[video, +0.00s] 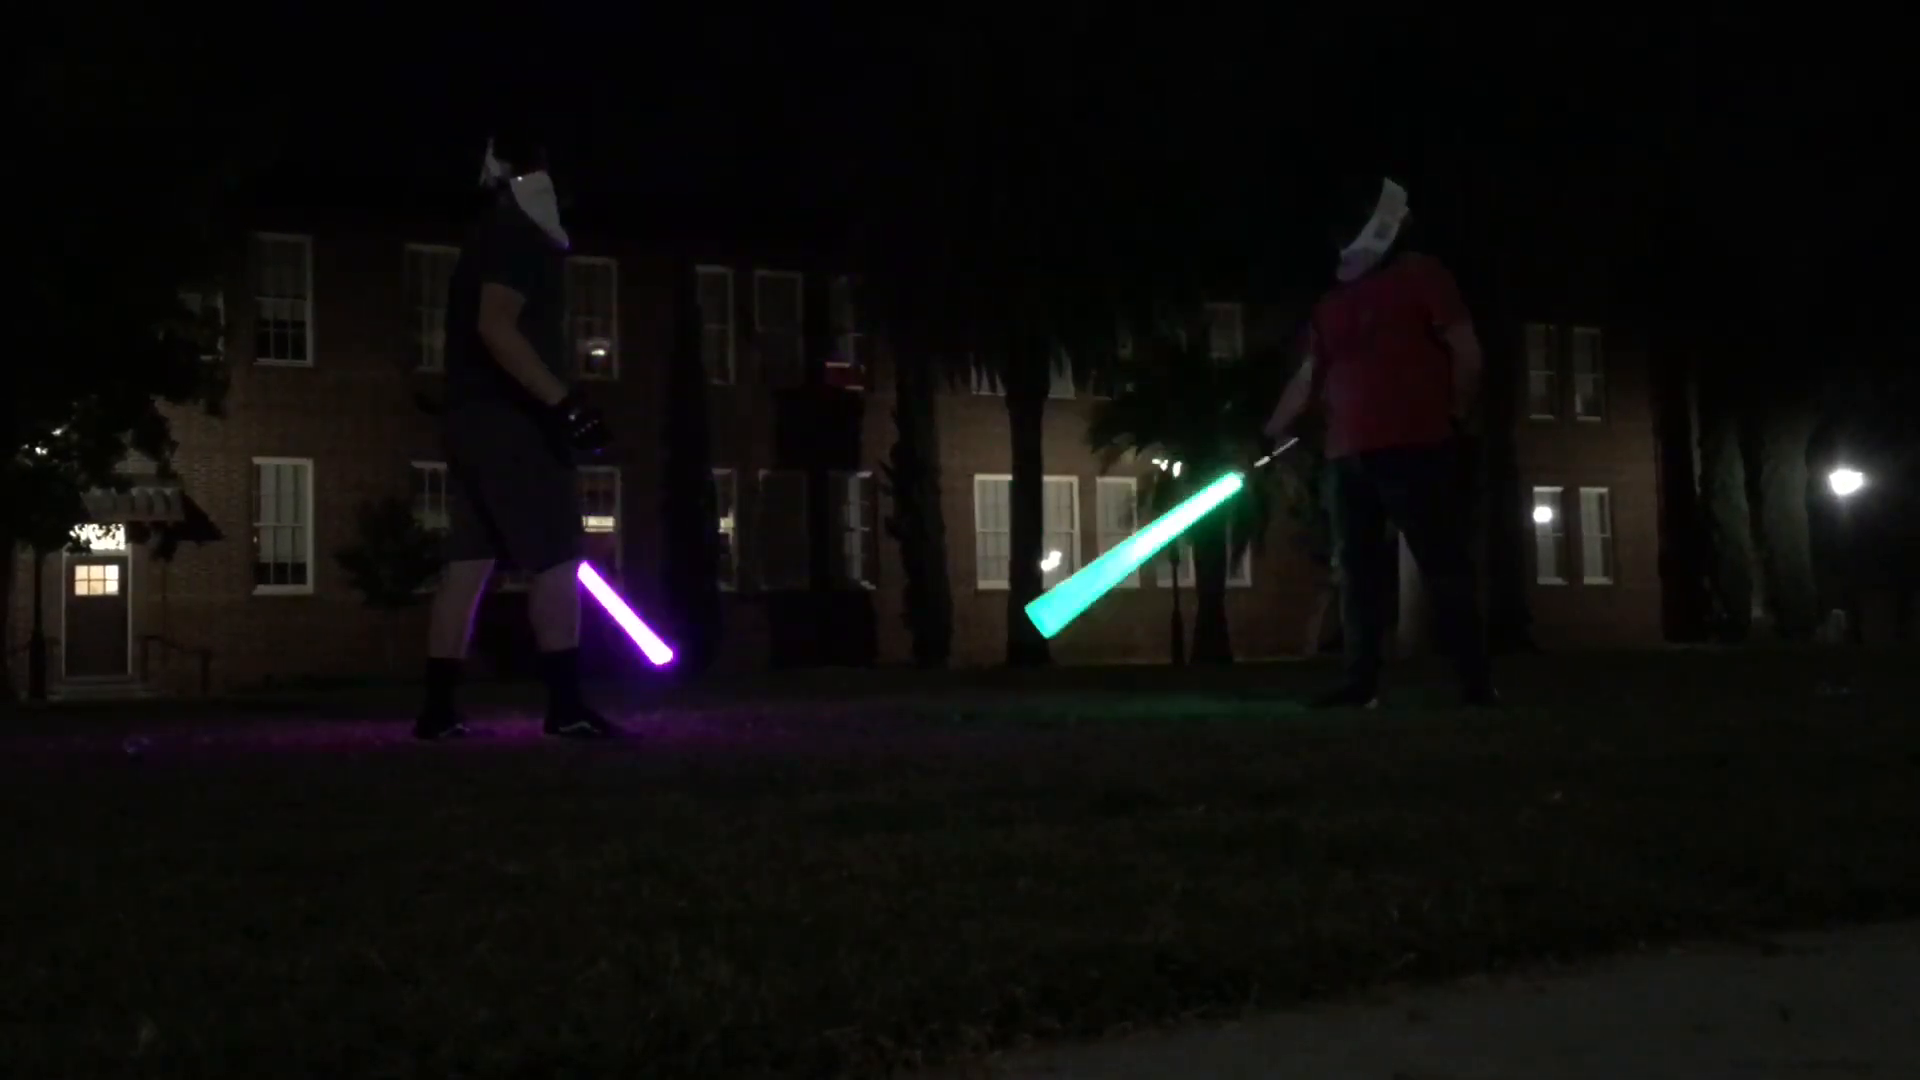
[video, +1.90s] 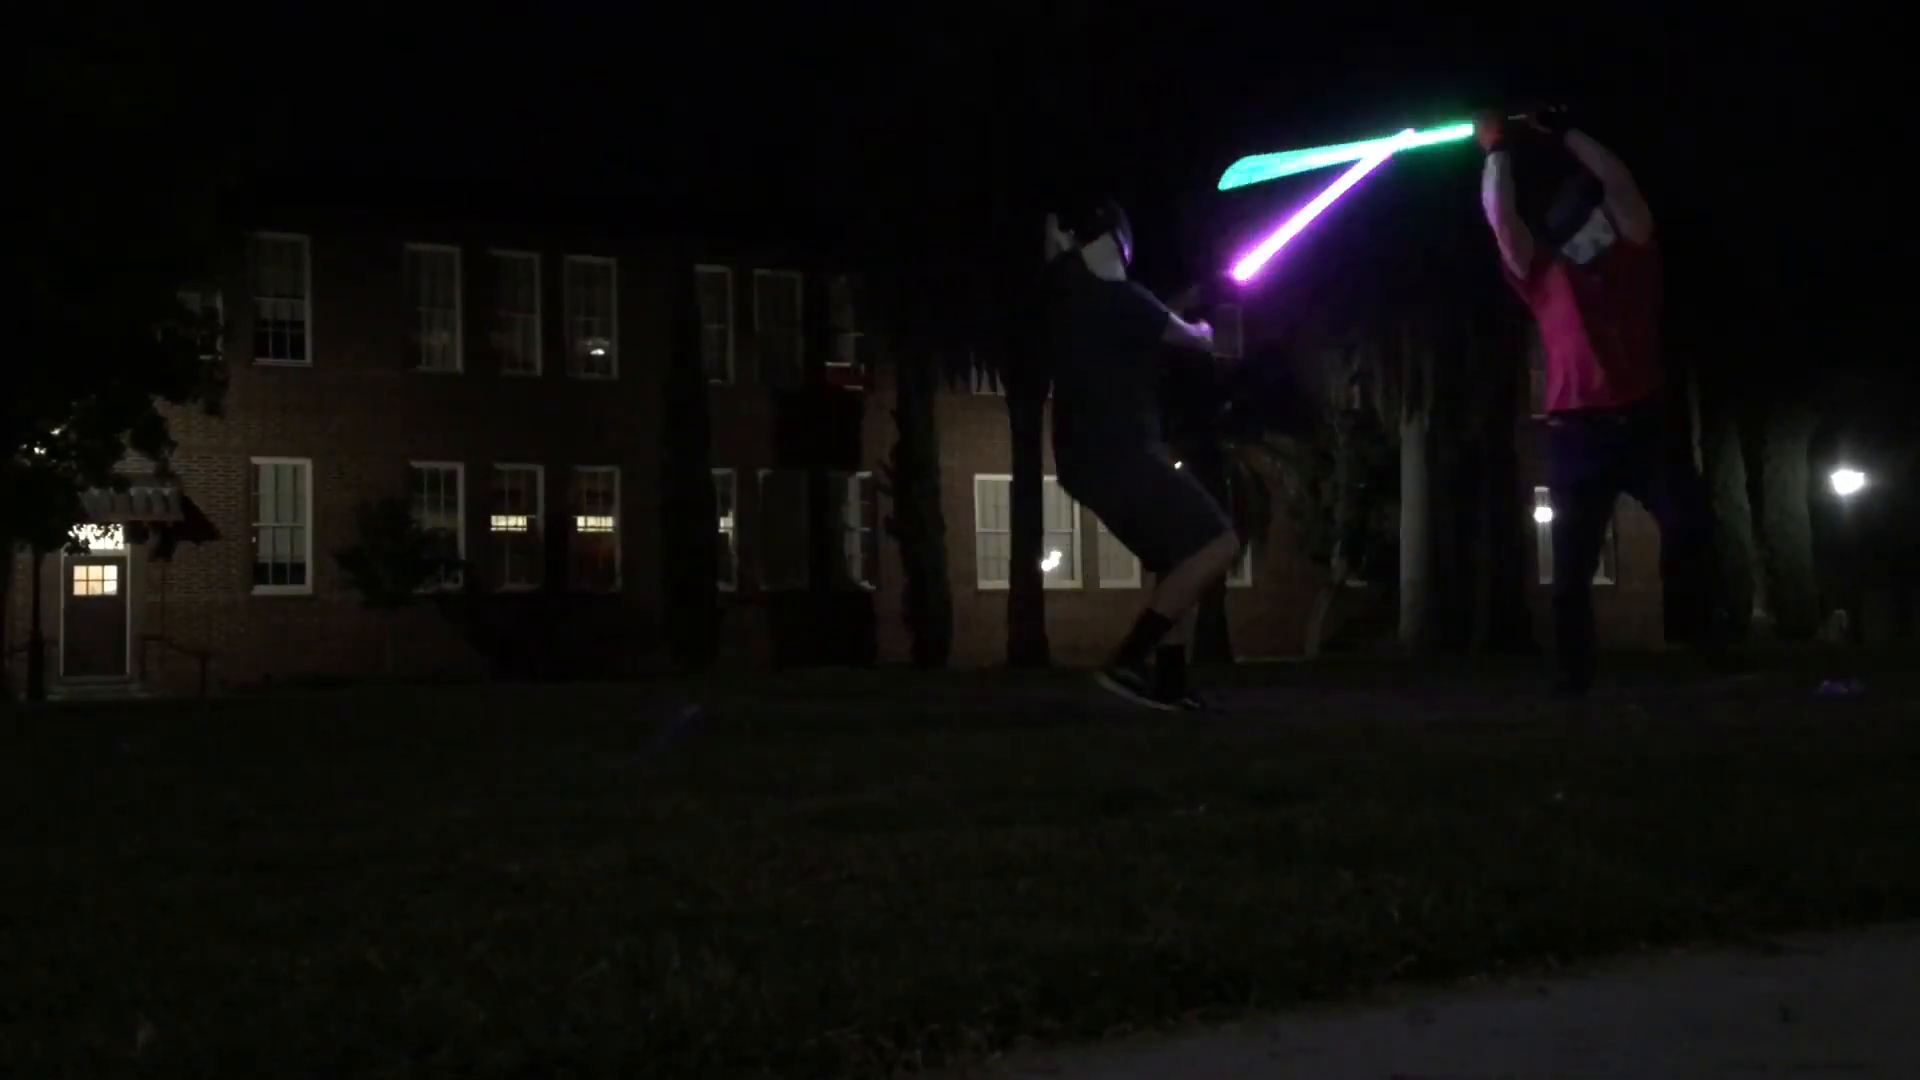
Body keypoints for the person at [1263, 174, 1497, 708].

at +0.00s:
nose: (1353, 240)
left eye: (1363, 228)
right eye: (1351, 229)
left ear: (1384, 228)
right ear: (1351, 233)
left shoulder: (1419, 276)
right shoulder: (1337, 300)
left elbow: (1466, 352)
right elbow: (1308, 377)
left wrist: (1456, 411)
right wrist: (1273, 430)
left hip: (1421, 448)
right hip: (1353, 457)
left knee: (1444, 568)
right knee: (1361, 572)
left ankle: (1470, 678)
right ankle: (1359, 679)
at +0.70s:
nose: (1374, 236)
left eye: (1386, 223)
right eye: (1371, 225)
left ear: (1413, 225)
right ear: (1369, 230)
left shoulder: (1438, 278)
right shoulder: (1372, 296)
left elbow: (1429, 352)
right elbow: (1359, 363)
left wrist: (1362, 397)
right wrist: (1329, 386)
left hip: (1439, 453)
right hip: (1380, 455)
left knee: (1451, 569)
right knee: (1366, 567)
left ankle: (1472, 679)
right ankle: (1359, 679)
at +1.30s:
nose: (1368, 262)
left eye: (1382, 252)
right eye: (1366, 250)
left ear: (1407, 260)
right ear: (1360, 258)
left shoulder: (1425, 312)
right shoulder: (1350, 329)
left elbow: (1372, 372)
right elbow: (1316, 393)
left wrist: (1303, 415)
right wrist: (1254, 411)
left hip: (1434, 479)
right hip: (1373, 482)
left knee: (1473, 586)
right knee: (1319, 563)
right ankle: (1311, 682)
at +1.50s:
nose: (1449, 282)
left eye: (1460, 271)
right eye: (1450, 273)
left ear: (1485, 274)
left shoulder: (1502, 310)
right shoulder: (1441, 330)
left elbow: (1431, 331)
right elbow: (1406, 398)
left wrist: (1367, 343)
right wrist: (1338, 392)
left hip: (1495, 482)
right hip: (1436, 485)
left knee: (1548, 598)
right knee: (1373, 584)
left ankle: (1640, 688)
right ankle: (1317, 690)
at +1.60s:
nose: (1491, 275)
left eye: (1502, 266)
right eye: (1486, 267)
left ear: (1527, 262)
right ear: (1484, 271)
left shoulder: (1554, 301)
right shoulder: (1474, 325)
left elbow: (1499, 277)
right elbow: (1444, 359)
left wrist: (1430, 280)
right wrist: (1398, 341)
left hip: (1550, 466)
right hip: (1484, 471)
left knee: (1587, 586)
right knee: (1431, 580)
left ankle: (1644, 687)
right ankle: (1361, 678)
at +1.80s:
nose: (1564, 226)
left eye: (1573, 217)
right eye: (1553, 220)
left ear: (1580, 222)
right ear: (1540, 229)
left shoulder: (1602, 254)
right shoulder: (1522, 280)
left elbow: (1579, 184)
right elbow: (1494, 245)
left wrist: (1516, 154)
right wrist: (1474, 181)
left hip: (1614, 412)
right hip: (1548, 419)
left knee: (1642, 551)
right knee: (1542, 555)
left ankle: (1650, 674)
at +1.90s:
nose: (1596, 222)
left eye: (1600, 210)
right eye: (1584, 214)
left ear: (1607, 215)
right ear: (1566, 223)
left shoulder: (1633, 252)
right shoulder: (1543, 272)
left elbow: (1616, 181)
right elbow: (1500, 215)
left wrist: (1566, 131)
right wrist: (1497, 149)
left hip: (1644, 421)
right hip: (1576, 427)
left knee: (1690, 526)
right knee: (1572, 560)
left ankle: (1695, 653)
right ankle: (1573, 679)